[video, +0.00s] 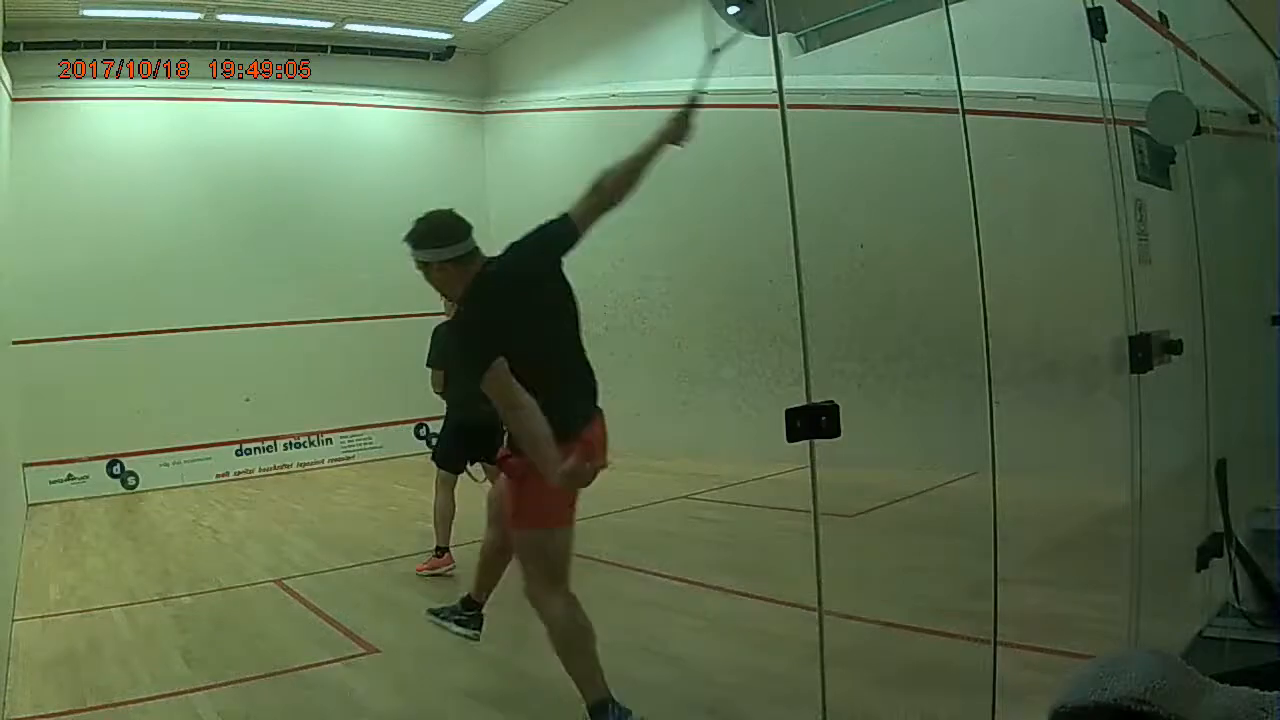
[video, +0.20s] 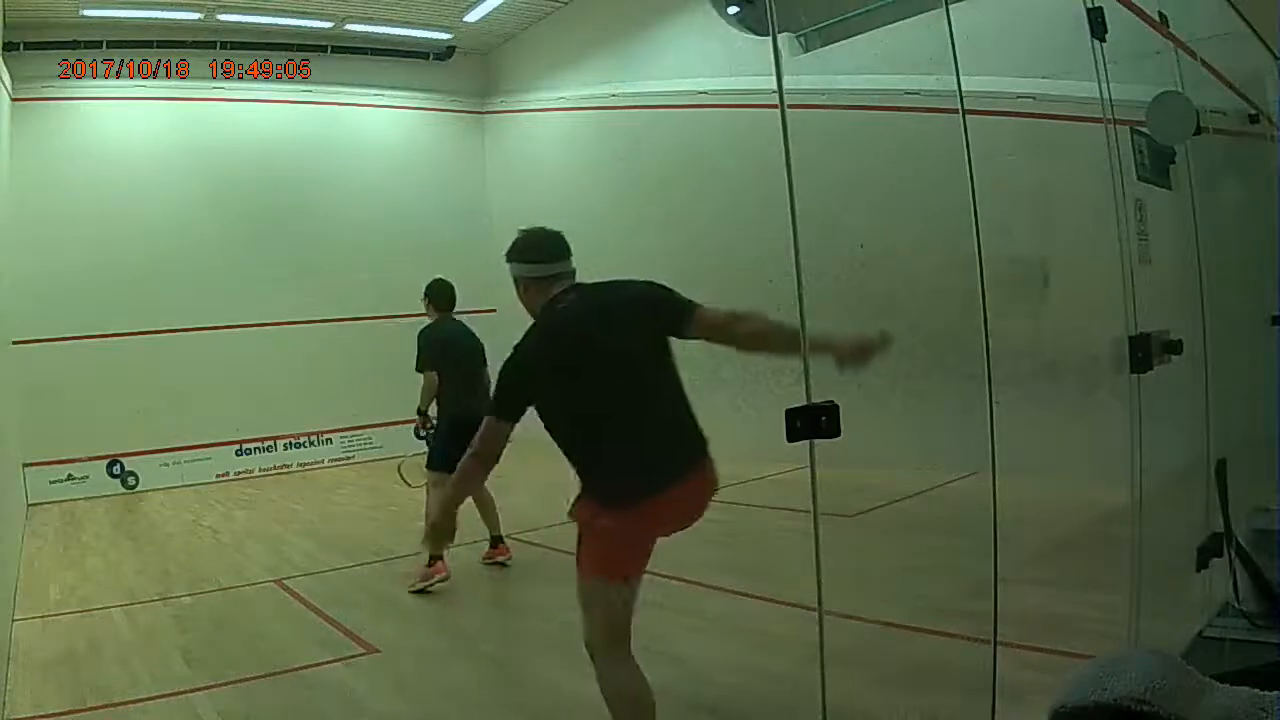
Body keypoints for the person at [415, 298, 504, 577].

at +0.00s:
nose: (444, 304)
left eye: (445, 301)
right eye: (447, 299)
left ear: (448, 305)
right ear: (470, 305)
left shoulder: (443, 332)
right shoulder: (489, 327)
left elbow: (438, 383)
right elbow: (504, 372)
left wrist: (460, 397)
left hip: (460, 417)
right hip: (493, 415)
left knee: (445, 484)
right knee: (497, 477)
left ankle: (442, 552)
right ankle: (519, 537)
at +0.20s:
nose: (422, 306)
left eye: (424, 302)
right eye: (425, 302)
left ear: (429, 304)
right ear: (453, 303)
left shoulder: (430, 334)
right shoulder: (469, 334)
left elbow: (431, 379)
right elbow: (484, 379)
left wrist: (422, 412)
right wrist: (484, 411)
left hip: (451, 419)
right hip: (481, 417)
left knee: (437, 485)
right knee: (476, 481)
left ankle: (436, 560)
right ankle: (498, 542)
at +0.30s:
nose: (416, 333)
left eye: (416, 329)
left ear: (417, 332)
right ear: (443, 331)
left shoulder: (418, 363)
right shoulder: (460, 359)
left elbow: (428, 405)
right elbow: (477, 401)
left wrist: (416, 439)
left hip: (454, 441)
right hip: (487, 437)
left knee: (427, 509)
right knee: (469, 486)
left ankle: (434, 575)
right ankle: (499, 545)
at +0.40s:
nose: (418, 350)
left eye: (417, 346)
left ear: (417, 348)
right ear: (443, 345)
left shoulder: (418, 378)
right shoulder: (463, 372)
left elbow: (424, 420)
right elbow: (487, 414)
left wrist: (416, 463)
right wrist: (503, 455)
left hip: (463, 454)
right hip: (495, 448)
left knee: (425, 510)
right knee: (483, 490)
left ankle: (434, 575)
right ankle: (519, 539)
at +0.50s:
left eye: (436, 348)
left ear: (434, 351)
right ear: (460, 348)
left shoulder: (431, 382)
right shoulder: (480, 377)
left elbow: (432, 417)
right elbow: (505, 419)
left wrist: (434, 464)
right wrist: (534, 459)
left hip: (474, 456)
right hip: (507, 448)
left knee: (432, 513)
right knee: (512, 485)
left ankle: (436, 574)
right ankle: (551, 531)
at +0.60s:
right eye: (487, 344)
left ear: (464, 347)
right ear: (490, 345)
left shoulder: (453, 377)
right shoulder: (504, 376)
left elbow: (454, 406)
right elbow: (534, 419)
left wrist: (459, 442)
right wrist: (564, 454)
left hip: (481, 455)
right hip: (517, 450)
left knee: (446, 513)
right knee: (542, 476)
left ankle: (436, 571)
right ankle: (577, 520)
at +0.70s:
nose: (542, 348)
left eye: (535, 343)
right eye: (543, 344)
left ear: (518, 345)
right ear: (543, 347)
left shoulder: (501, 369)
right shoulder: (550, 376)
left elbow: (487, 396)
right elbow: (588, 413)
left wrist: (477, 422)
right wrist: (618, 443)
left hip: (508, 444)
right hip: (543, 444)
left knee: (479, 501)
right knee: (577, 477)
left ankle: (446, 555)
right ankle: (607, 508)